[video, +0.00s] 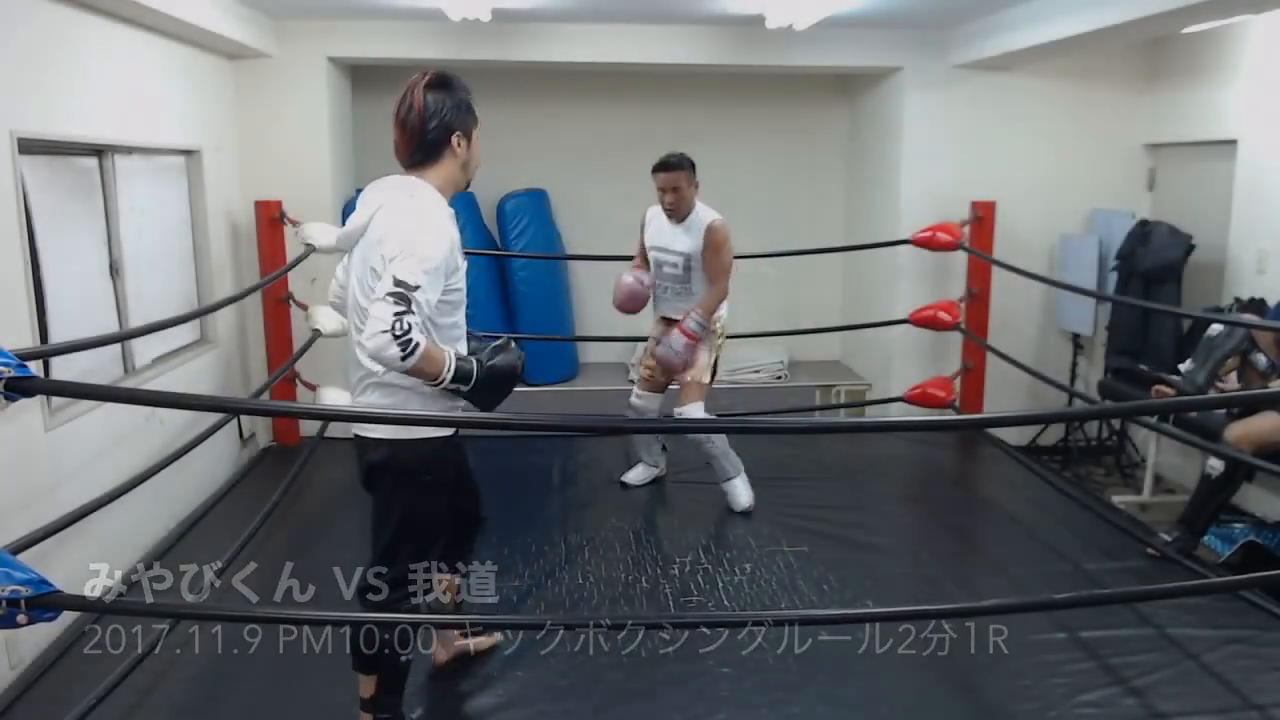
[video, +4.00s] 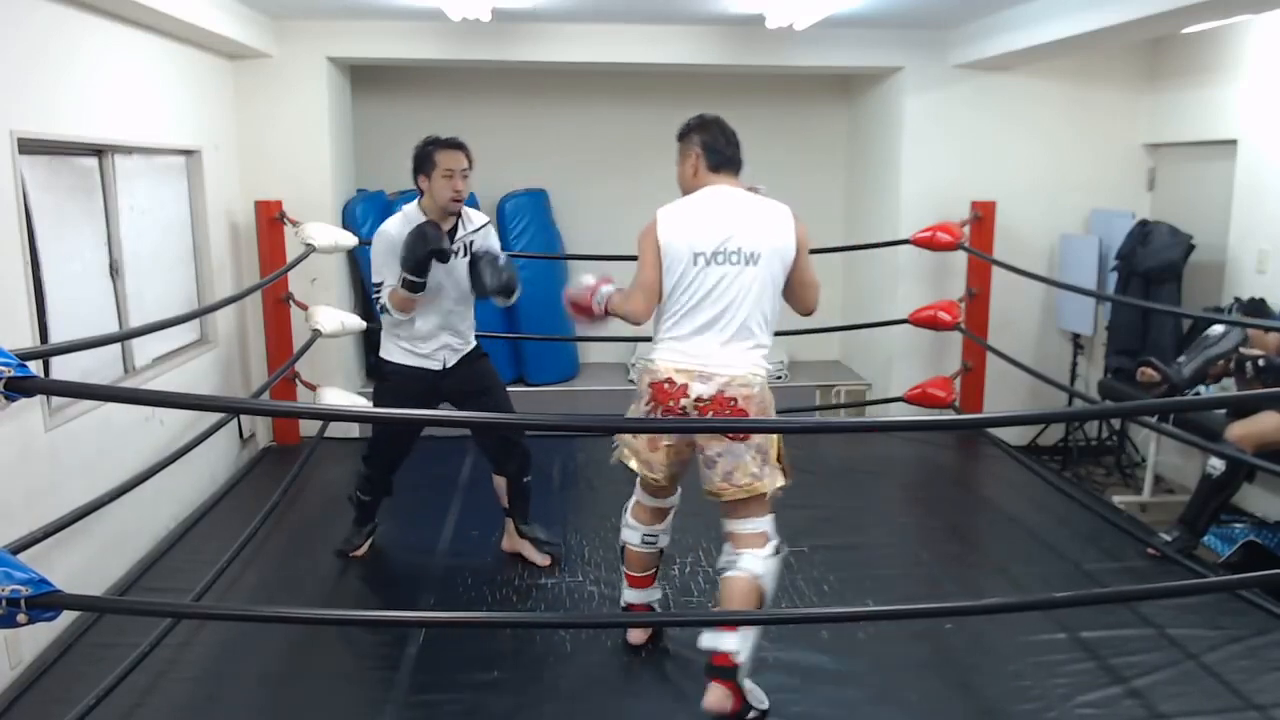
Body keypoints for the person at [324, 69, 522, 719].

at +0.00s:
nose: (479, 148)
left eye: (477, 136)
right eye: (476, 136)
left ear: (414, 139)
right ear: (459, 141)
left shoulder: (381, 197)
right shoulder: (427, 218)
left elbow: (346, 297)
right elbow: (391, 336)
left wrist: (443, 343)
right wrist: (464, 370)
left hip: (399, 413)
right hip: (407, 425)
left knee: (458, 517)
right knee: (395, 571)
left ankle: (449, 636)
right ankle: (376, 706)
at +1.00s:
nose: (540, 193)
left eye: (543, 182)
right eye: (543, 179)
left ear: (493, 160)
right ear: (528, 165)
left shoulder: (447, 209)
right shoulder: (501, 219)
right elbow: (537, 321)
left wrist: (544, 256)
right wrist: (560, 267)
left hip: (427, 400)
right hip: (471, 406)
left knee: (465, 518)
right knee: (498, 548)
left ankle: (460, 615)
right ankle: (466, 692)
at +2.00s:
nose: (544, 198)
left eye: (545, 189)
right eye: (544, 188)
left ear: (500, 175)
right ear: (529, 180)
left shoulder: (457, 215)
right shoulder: (507, 229)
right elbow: (543, 313)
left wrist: (536, 238)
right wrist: (563, 257)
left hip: (441, 384)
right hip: (471, 392)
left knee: (514, 468)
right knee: (477, 512)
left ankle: (499, 577)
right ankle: (413, 643)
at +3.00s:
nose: (488, 177)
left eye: (487, 167)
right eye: (478, 169)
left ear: (452, 175)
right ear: (444, 175)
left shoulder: (470, 228)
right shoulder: (411, 234)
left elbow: (469, 300)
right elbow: (433, 328)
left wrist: (505, 262)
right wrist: (491, 283)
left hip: (457, 383)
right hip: (410, 389)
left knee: (514, 460)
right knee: (403, 507)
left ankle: (510, 550)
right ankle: (351, 610)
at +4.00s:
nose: (460, 185)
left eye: (465, 175)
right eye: (449, 176)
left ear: (470, 179)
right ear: (423, 180)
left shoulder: (477, 223)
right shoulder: (392, 232)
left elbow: (504, 284)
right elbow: (396, 308)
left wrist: (500, 283)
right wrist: (414, 273)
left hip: (463, 355)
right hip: (405, 361)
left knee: (509, 441)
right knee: (384, 454)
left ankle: (516, 533)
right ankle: (362, 528)